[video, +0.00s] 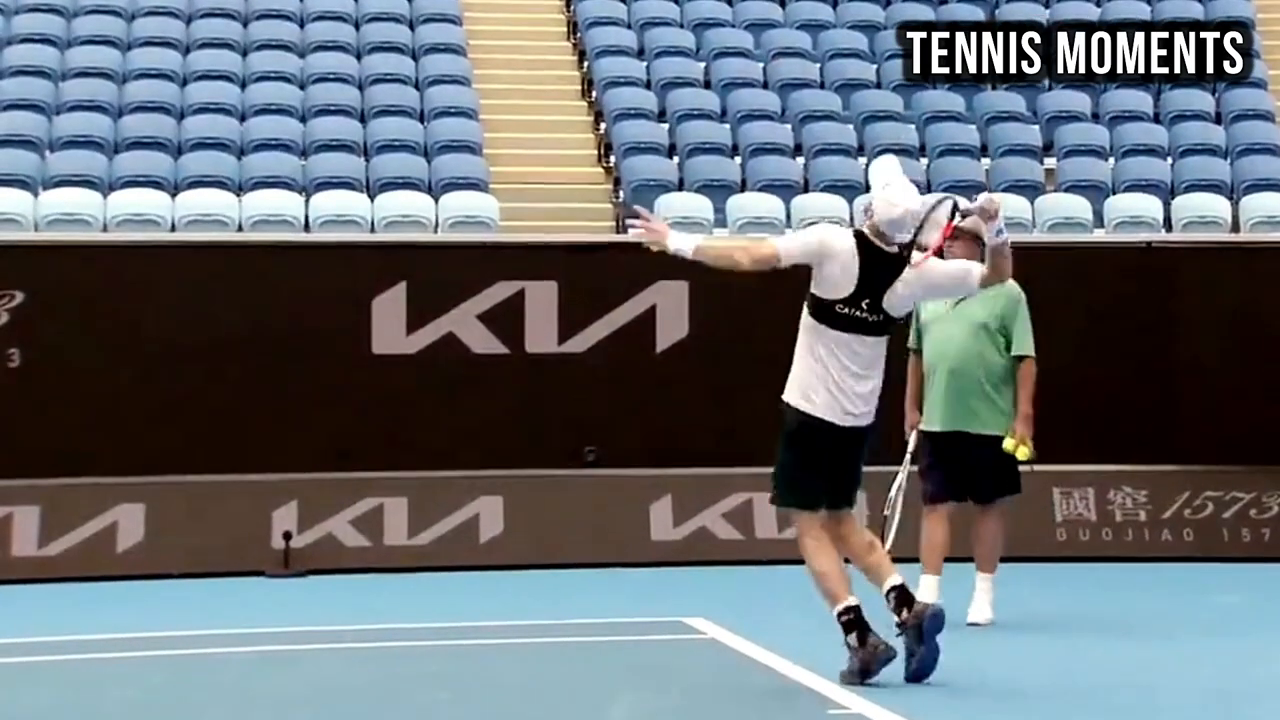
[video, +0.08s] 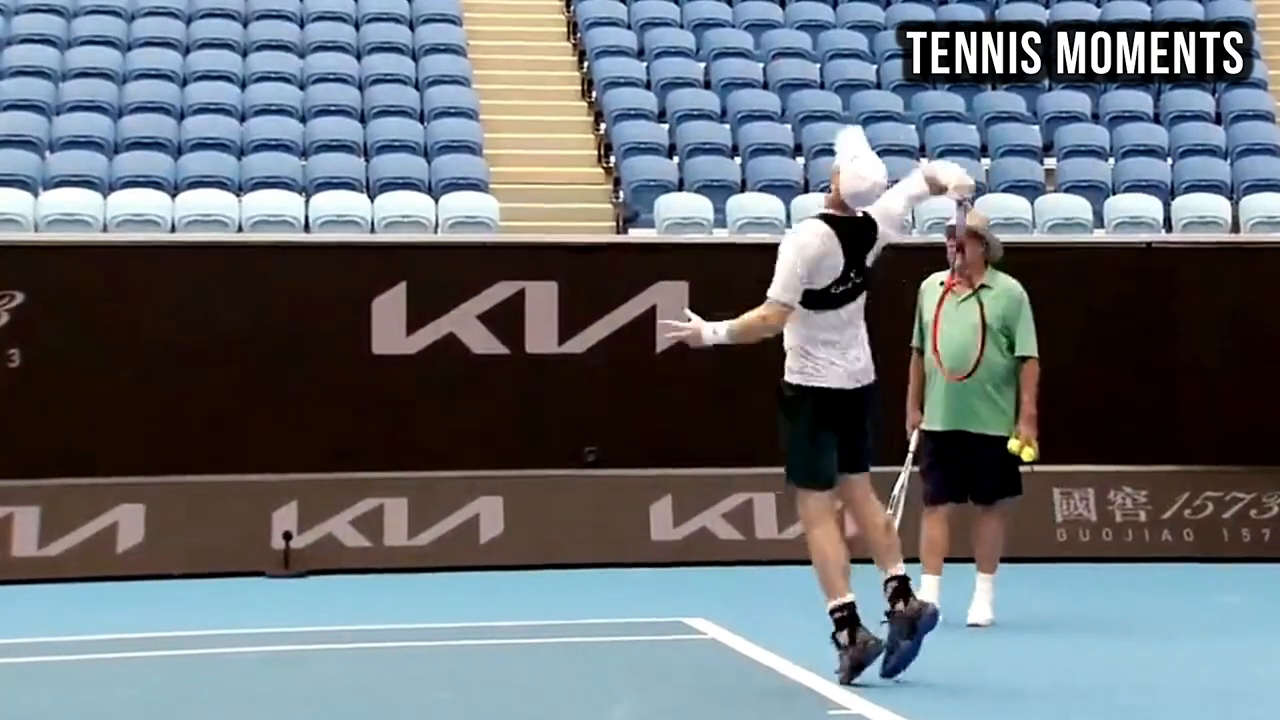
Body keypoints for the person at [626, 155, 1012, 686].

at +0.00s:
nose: (867, 206)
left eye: (871, 204)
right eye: (885, 207)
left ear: (868, 214)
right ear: (911, 227)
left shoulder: (829, 242)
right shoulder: (918, 274)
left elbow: (750, 257)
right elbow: (997, 272)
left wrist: (674, 242)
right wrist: (993, 229)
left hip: (810, 409)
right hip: (859, 417)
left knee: (810, 529)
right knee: (844, 522)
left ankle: (860, 639)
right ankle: (908, 609)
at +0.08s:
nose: (834, 173)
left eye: (837, 171)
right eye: (844, 172)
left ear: (835, 184)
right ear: (866, 192)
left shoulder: (804, 241)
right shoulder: (874, 226)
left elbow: (771, 318)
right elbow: (911, 189)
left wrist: (710, 332)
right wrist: (940, 180)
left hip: (811, 385)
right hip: (858, 382)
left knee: (817, 513)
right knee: (861, 494)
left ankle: (850, 634)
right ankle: (902, 599)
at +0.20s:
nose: (759, 165)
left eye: (767, 161)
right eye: (763, 158)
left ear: (787, 180)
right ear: (786, 179)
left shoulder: (801, 254)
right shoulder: (787, 203)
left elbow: (791, 335)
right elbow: (746, 123)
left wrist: (735, 315)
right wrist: (719, 53)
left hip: (840, 375)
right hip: (860, 362)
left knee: (814, 500)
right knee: (868, 479)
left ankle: (829, 625)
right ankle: (881, 601)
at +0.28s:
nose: (733, 188)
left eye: (742, 182)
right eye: (735, 181)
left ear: (771, 194)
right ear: (760, 194)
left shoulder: (800, 260)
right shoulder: (756, 225)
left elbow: (827, 342)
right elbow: (689, 196)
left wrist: (766, 367)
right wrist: (619, 187)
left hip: (843, 382)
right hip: (839, 371)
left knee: (807, 511)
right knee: (866, 483)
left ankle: (825, 643)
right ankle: (908, 595)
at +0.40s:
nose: (696, 235)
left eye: (705, 226)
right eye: (697, 227)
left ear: (734, 232)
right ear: (719, 237)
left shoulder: (784, 288)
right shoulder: (713, 291)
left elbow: (849, 350)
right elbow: (679, 356)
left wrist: (873, 423)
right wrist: (657, 419)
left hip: (830, 422)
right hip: (806, 422)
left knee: (786, 539)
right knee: (853, 525)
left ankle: (830, 655)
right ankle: (941, 569)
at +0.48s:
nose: (664, 258)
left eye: (673, 248)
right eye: (663, 249)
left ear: (703, 250)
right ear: (688, 255)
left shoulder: (761, 297)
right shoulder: (695, 313)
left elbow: (835, 333)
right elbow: (704, 396)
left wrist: (906, 373)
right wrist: (708, 463)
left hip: (816, 427)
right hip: (784, 432)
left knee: (769, 548)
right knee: (827, 540)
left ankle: (830, 653)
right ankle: (922, 553)